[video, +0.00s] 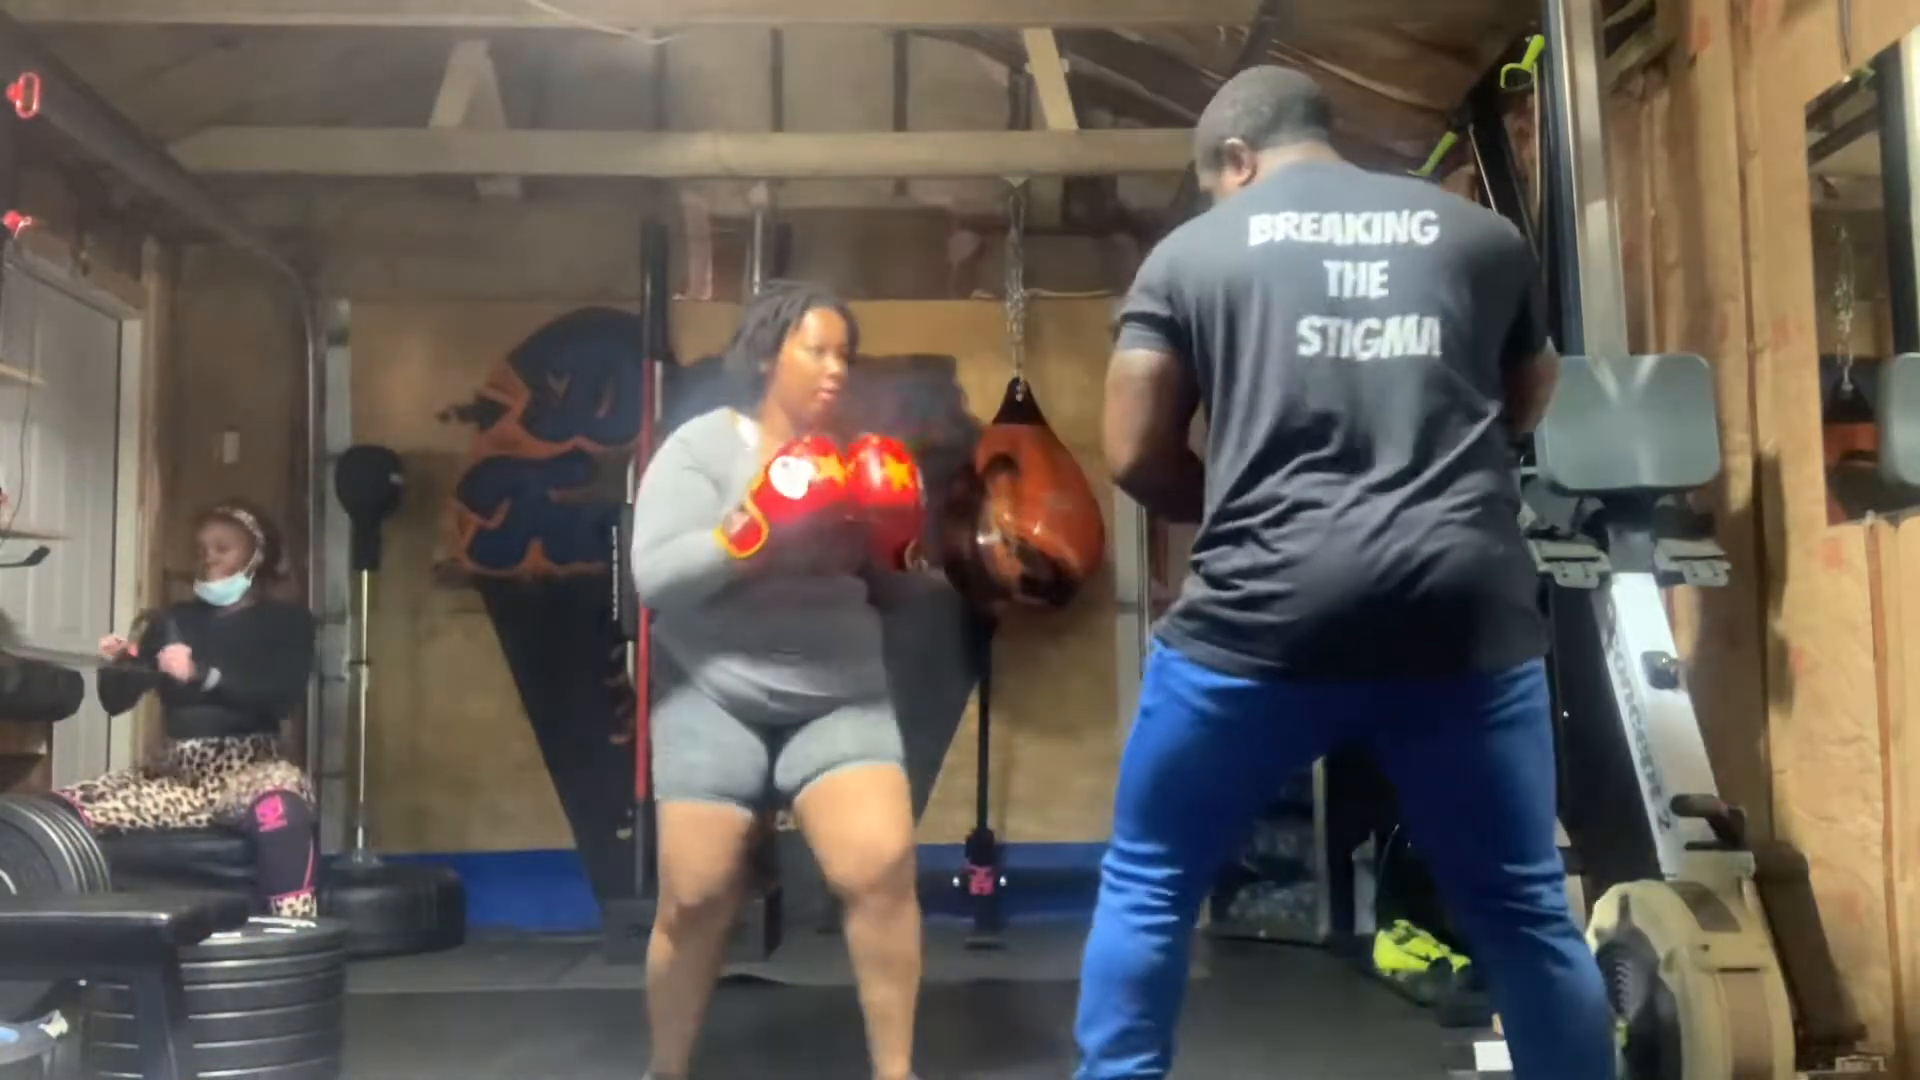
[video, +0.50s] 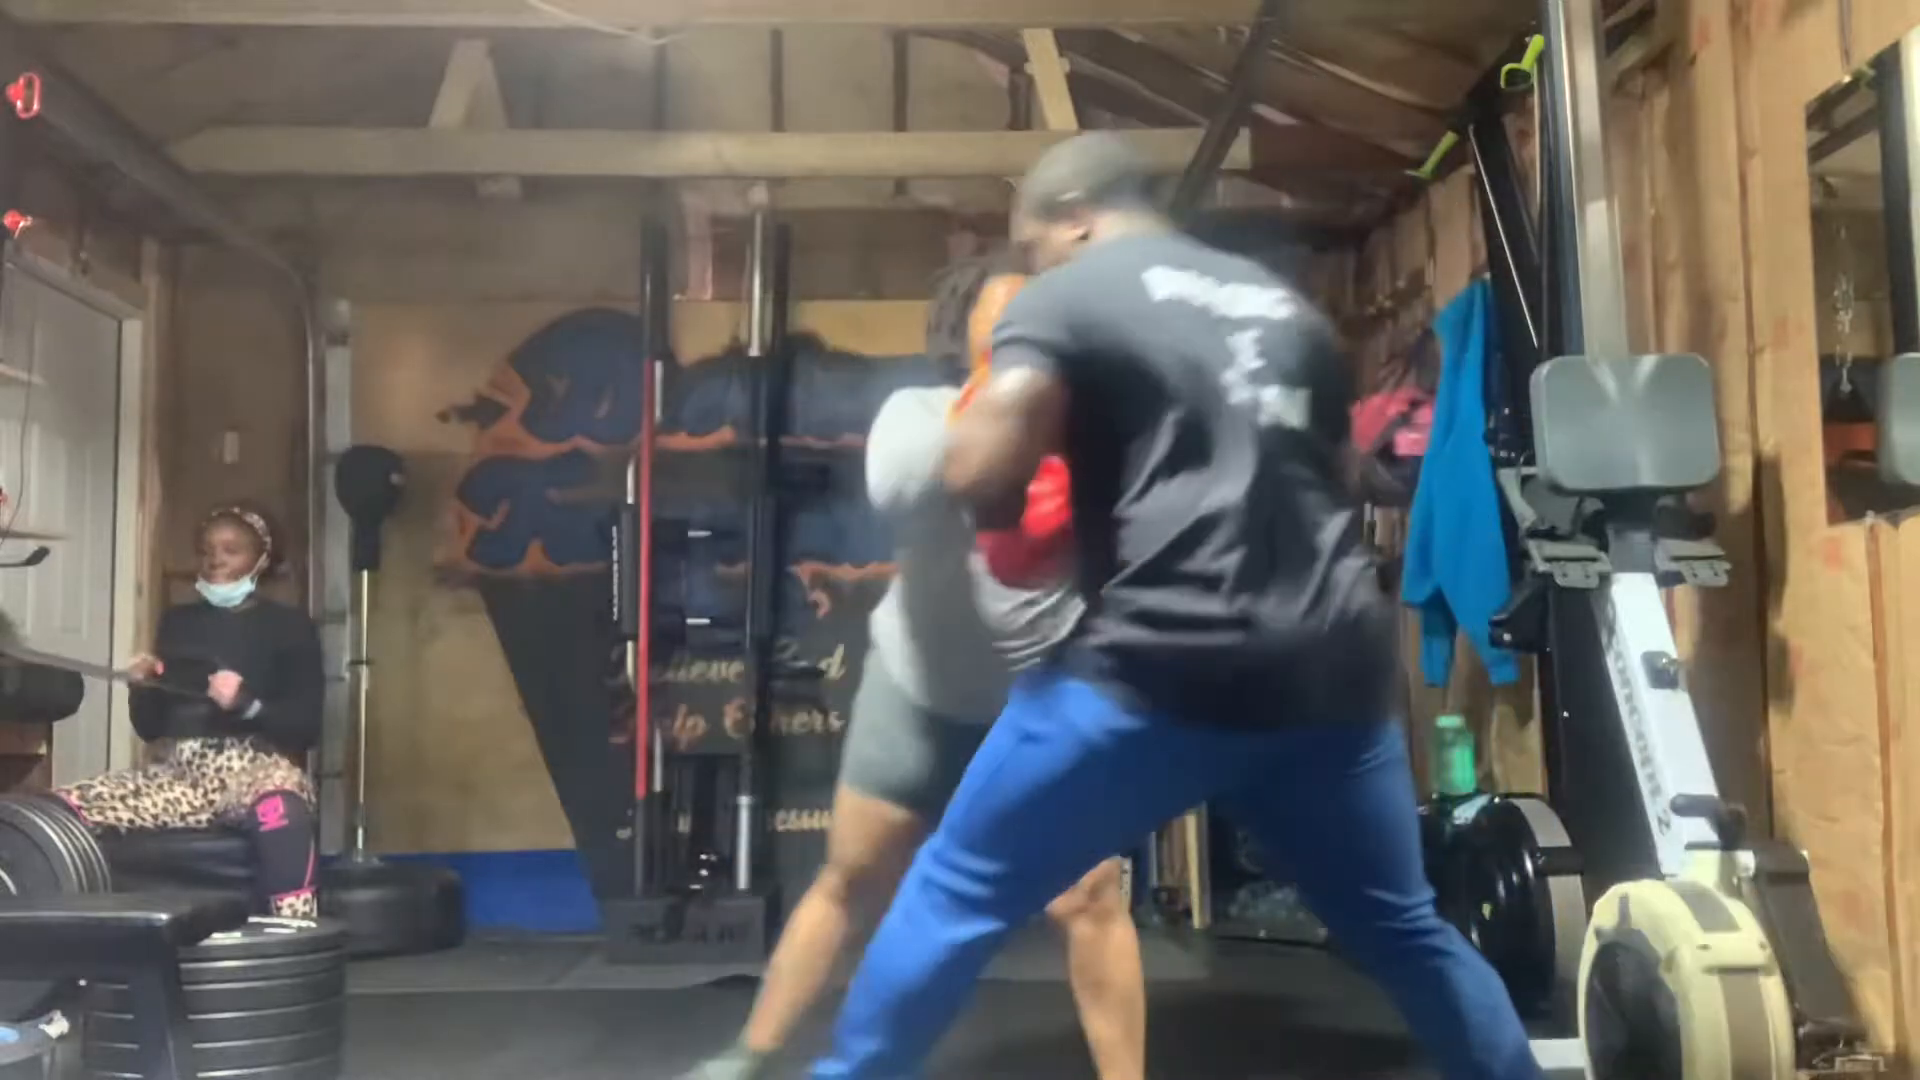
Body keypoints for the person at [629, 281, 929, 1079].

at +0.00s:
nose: (835, 371)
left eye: (844, 357)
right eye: (819, 352)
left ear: (850, 368)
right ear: (767, 354)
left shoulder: (856, 456)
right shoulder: (700, 445)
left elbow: (898, 583)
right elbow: (655, 574)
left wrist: (894, 533)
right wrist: (755, 528)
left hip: (843, 697)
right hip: (711, 695)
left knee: (880, 866)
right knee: (697, 892)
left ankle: (894, 1071)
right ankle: (668, 1071)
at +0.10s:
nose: (844, 382)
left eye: (851, 368)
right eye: (827, 363)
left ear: (857, 378)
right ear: (774, 365)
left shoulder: (866, 471)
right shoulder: (707, 460)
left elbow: (915, 600)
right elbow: (666, 589)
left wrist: (914, 513)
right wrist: (755, 536)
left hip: (860, 703)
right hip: (722, 704)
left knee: (923, 864)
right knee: (697, 906)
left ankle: (925, 1066)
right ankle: (667, 1072)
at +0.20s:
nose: (876, 381)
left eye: (883, 367)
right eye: (857, 363)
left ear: (891, 379)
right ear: (802, 366)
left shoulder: (905, 466)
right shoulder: (746, 452)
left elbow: (955, 575)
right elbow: (709, 572)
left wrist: (955, 463)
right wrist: (806, 475)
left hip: (884, 707)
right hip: (745, 706)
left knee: (965, 887)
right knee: (707, 915)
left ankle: (1044, 1073)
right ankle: (666, 1069)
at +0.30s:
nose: (922, 374)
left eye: (929, 360)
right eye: (904, 356)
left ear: (938, 376)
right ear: (851, 364)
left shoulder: (951, 466)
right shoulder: (798, 437)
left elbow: (1014, 566)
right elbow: (800, 486)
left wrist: (1009, 460)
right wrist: (910, 413)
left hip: (929, 706)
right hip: (790, 697)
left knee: (999, 889)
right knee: (738, 917)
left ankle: (1089, 1059)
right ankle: (664, 1068)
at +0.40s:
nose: (978, 354)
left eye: (990, 343)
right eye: (960, 335)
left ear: (1010, 361)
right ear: (918, 347)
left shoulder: (1028, 464)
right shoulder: (870, 421)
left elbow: (1085, 556)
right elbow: (941, 421)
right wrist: (1024, 327)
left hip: (997, 709)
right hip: (861, 696)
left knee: (1062, 888)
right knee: (776, 905)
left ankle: (1120, 1072)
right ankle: (669, 1058)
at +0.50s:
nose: (1018, 348)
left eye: (1031, 331)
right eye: (1001, 330)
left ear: (1055, 336)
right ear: (960, 340)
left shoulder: (1080, 421)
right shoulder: (917, 416)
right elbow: (892, 496)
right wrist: (994, 420)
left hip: (1047, 687)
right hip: (917, 685)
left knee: (1092, 899)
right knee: (850, 878)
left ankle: (1124, 1073)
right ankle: (751, 1056)